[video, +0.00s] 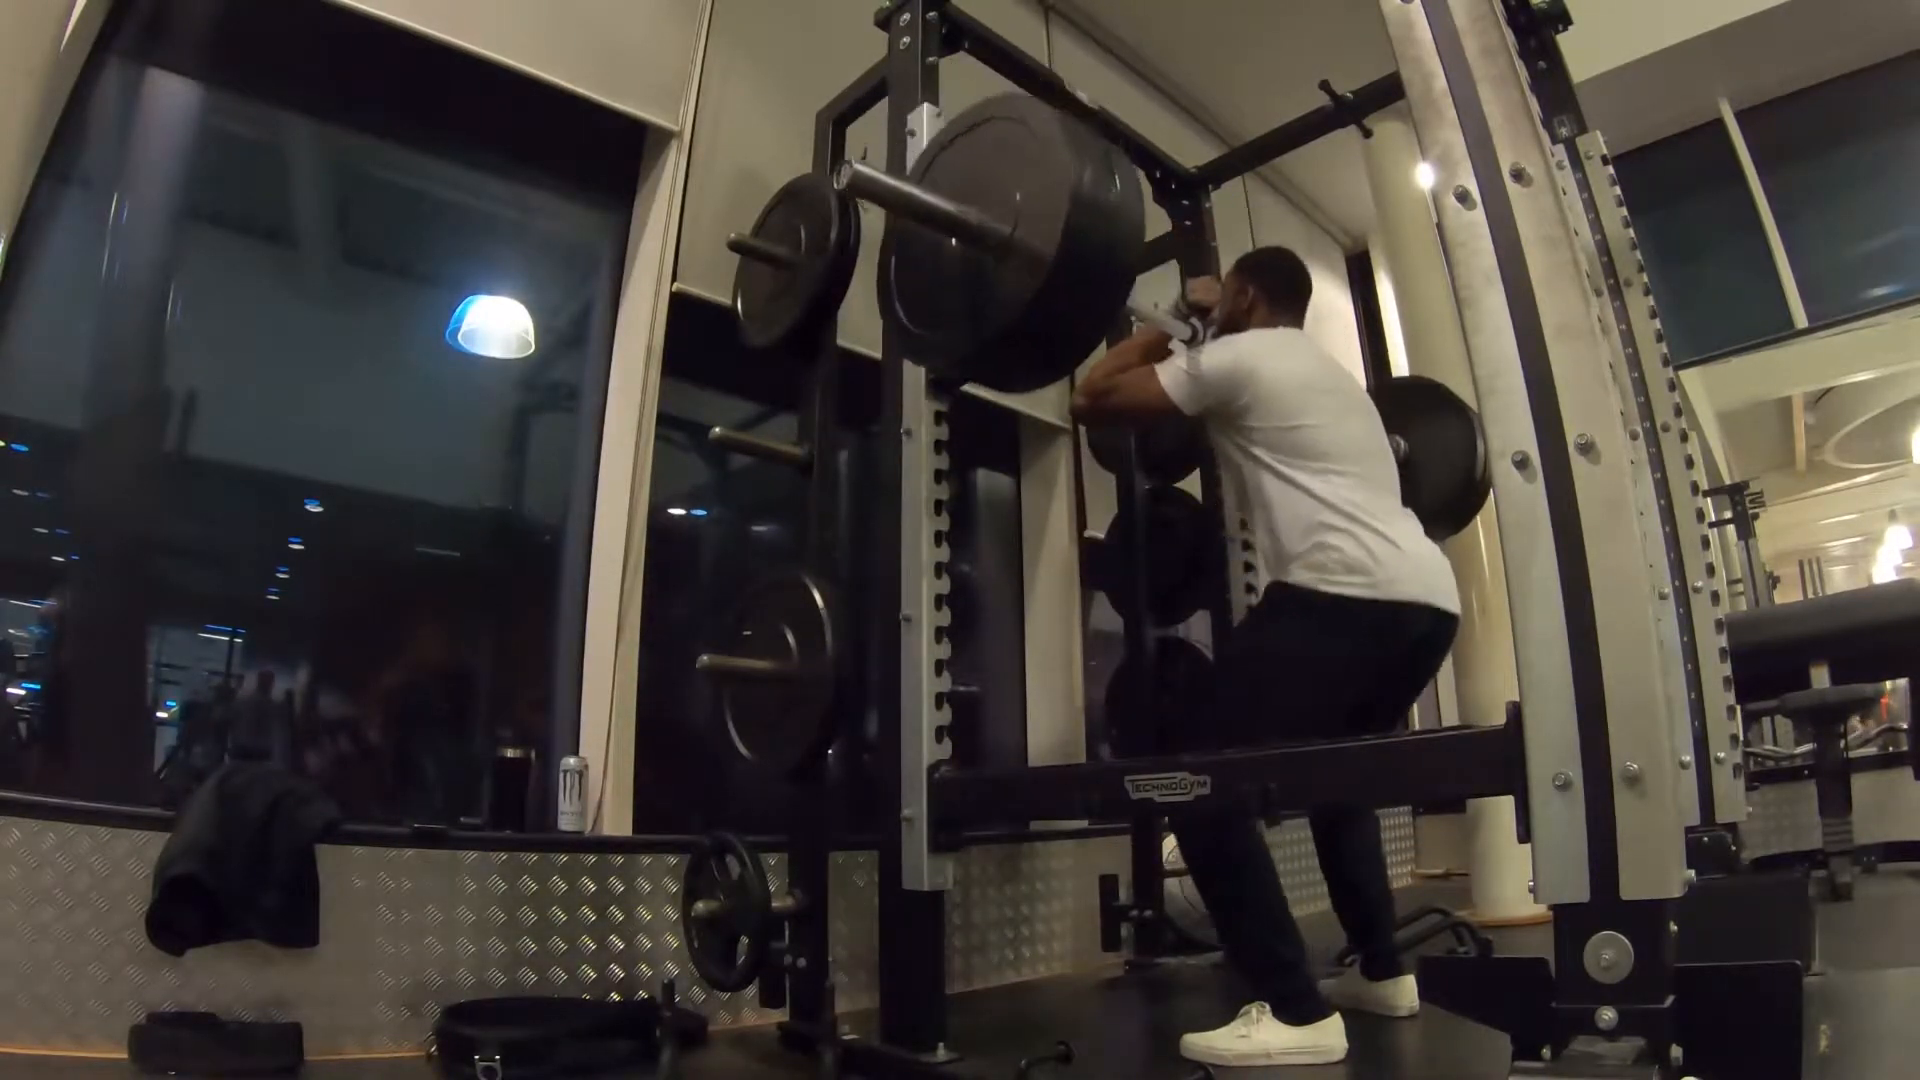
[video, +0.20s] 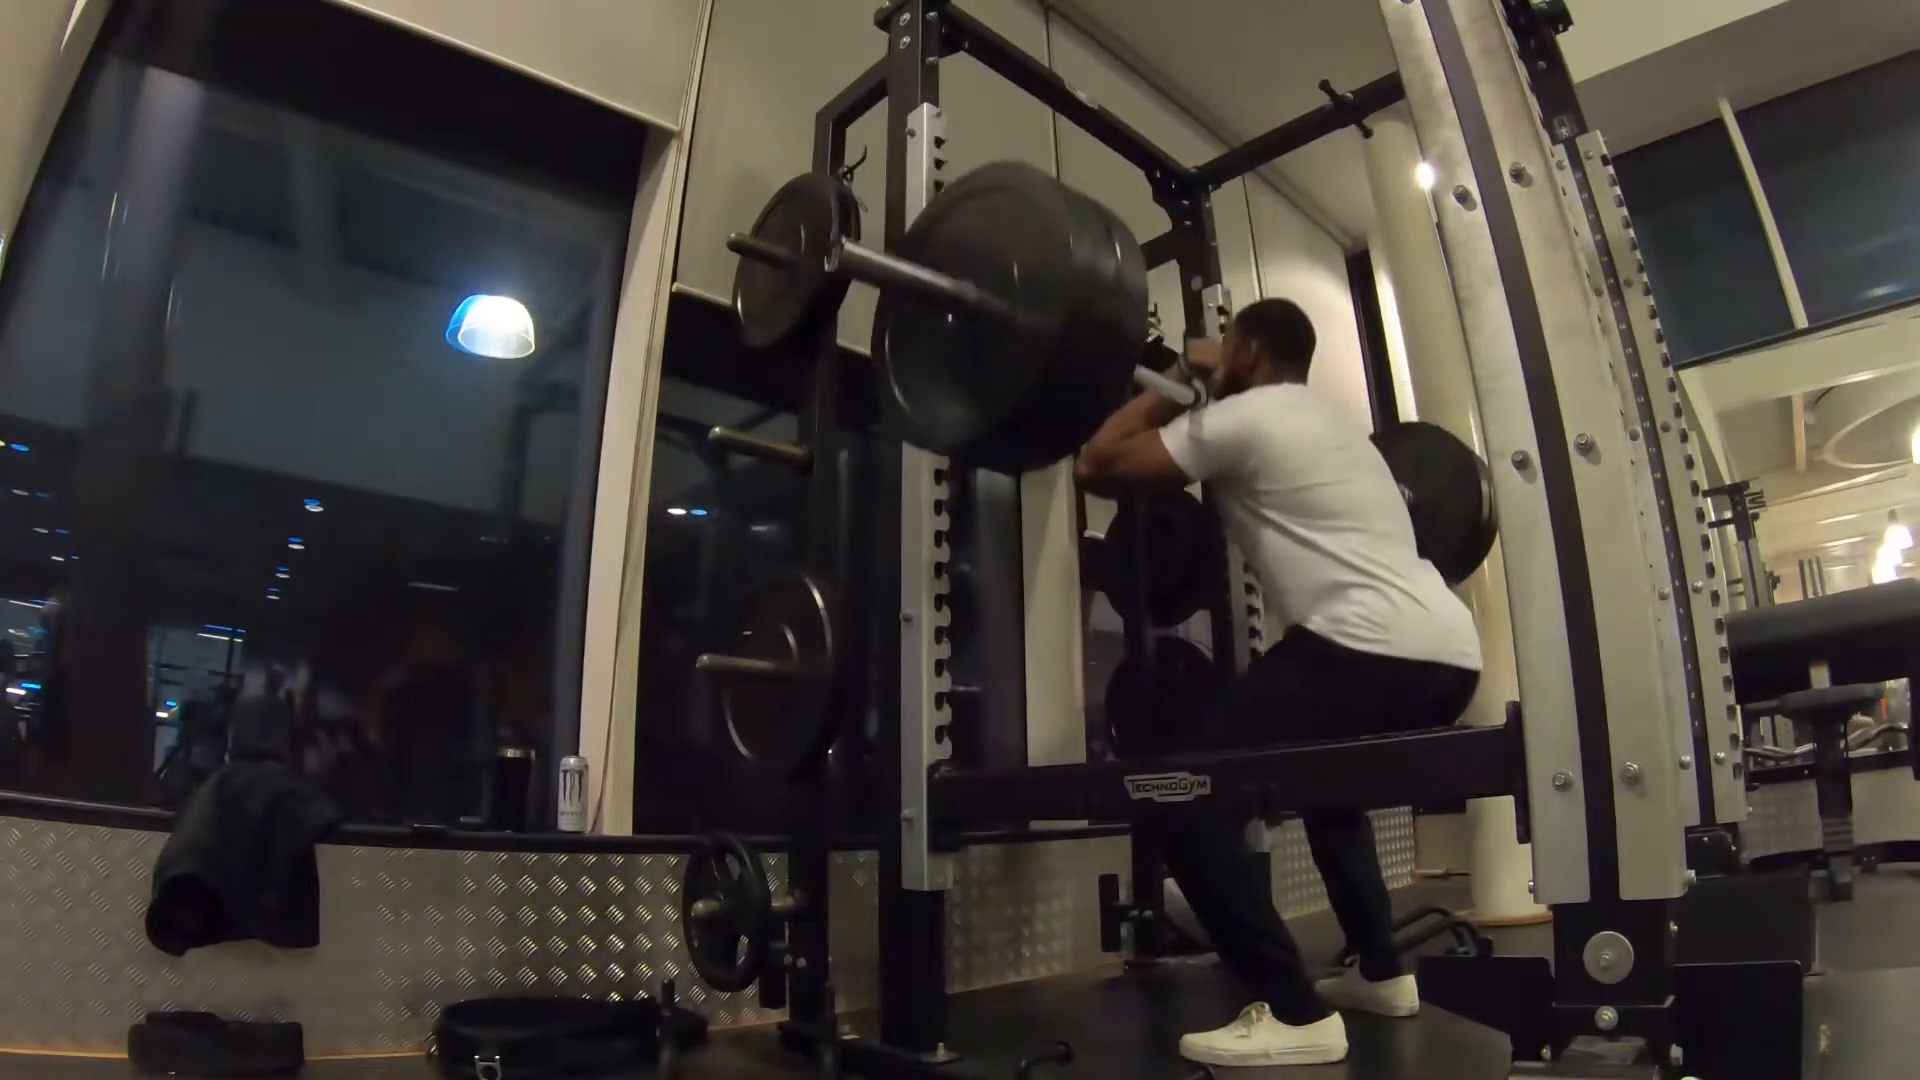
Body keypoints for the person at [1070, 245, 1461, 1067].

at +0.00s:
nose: (1214, 307)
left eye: (1223, 295)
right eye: (1219, 295)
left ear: (1249, 296)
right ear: (1296, 305)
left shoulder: (1240, 360)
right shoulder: (1332, 371)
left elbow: (1093, 392)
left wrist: (1157, 330)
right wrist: (1202, 338)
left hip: (1334, 597)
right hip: (1426, 604)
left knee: (1201, 779)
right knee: (1331, 771)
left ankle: (1293, 1011)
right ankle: (1384, 970)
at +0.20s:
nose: (1218, 358)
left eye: (1225, 345)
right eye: (1220, 345)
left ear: (1250, 352)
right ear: (1298, 359)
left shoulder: (1242, 418)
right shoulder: (1335, 419)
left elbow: (1097, 462)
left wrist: (1172, 387)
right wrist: (1214, 386)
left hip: (1356, 653)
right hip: (1447, 664)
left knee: (1181, 787)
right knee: (1323, 784)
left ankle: (1293, 1012)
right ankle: (1381, 971)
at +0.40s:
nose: (1218, 416)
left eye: (1226, 405)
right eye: (1220, 405)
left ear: (1252, 412)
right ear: (1297, 417)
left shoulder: (1247, 482)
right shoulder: (1337, 478)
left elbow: (1105, 525)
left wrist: (1169, 446)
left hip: (1374, 698)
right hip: (1462, 705)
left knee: (1177, 796)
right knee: (1315, 784)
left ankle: (1294, 1013)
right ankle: (1382, 970)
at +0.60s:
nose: (1220, 469)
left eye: (1228, 458)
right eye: (1221, 457)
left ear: (1252, 465)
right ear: (1301, 469)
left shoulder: (1243, 540)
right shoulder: (1335, 528)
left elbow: (1114, 591)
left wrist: (1166, 505)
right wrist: (1226, 493)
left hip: (1367, 775)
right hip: (1456, 768)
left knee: (1154, 820)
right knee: (1287, 777)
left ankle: (1294, 1013)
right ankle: (1382, 972)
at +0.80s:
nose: (1223, 516)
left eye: (1229, 505)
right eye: (1225, 506)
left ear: (1256, 512)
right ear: (1311, 513)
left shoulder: (1251, 590)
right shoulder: (1339, 575)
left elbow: (1125, 642)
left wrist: (1178, 546)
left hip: (1381, 838)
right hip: (1458, 838)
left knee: (1156, 825)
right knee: (1308, 784)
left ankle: (1291, 1012)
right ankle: (1381, 971)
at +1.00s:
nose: (1226, 539)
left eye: (1234, 528)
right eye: (1230, 528)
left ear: (1261, 538)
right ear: (1311, 540)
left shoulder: (1252, 620)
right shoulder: (1341, 601)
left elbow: (1134, 676)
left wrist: (1175, 584)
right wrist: (1225, 581)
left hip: (1396, 872)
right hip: (1463, 869)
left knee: (1153, 829)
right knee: (1290, 797)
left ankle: (1291, 1013)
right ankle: (1382, 970)